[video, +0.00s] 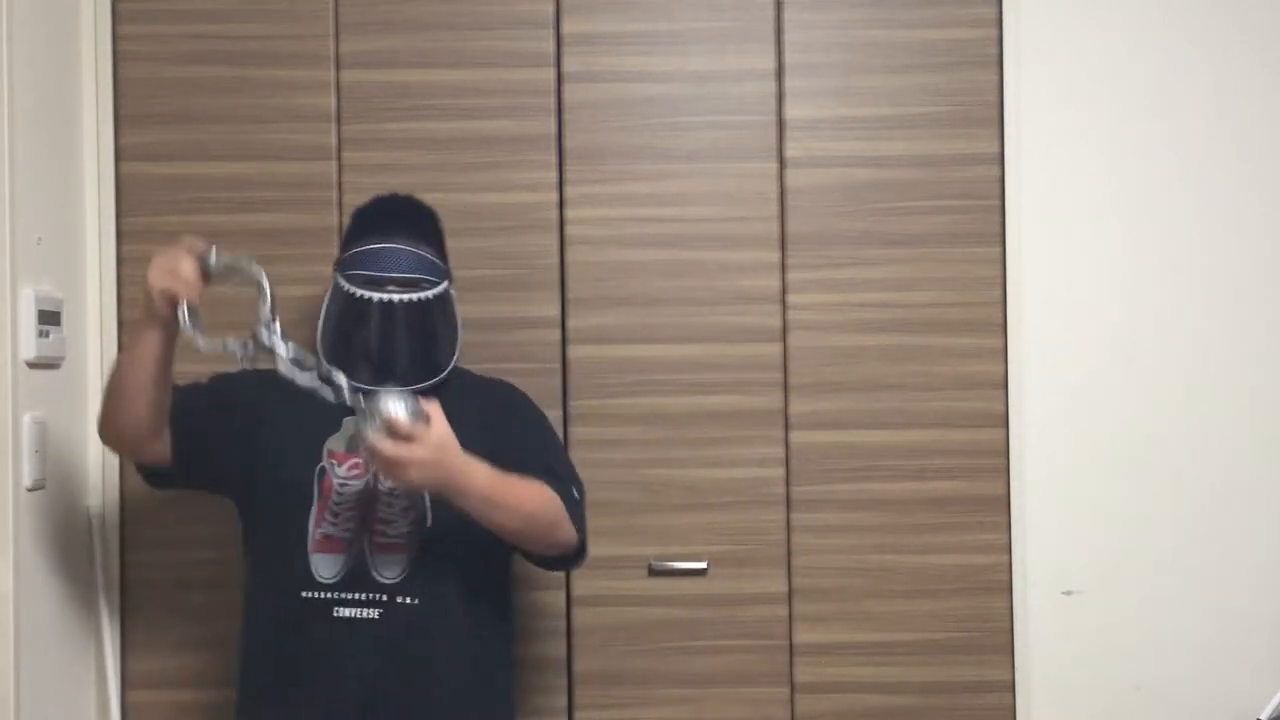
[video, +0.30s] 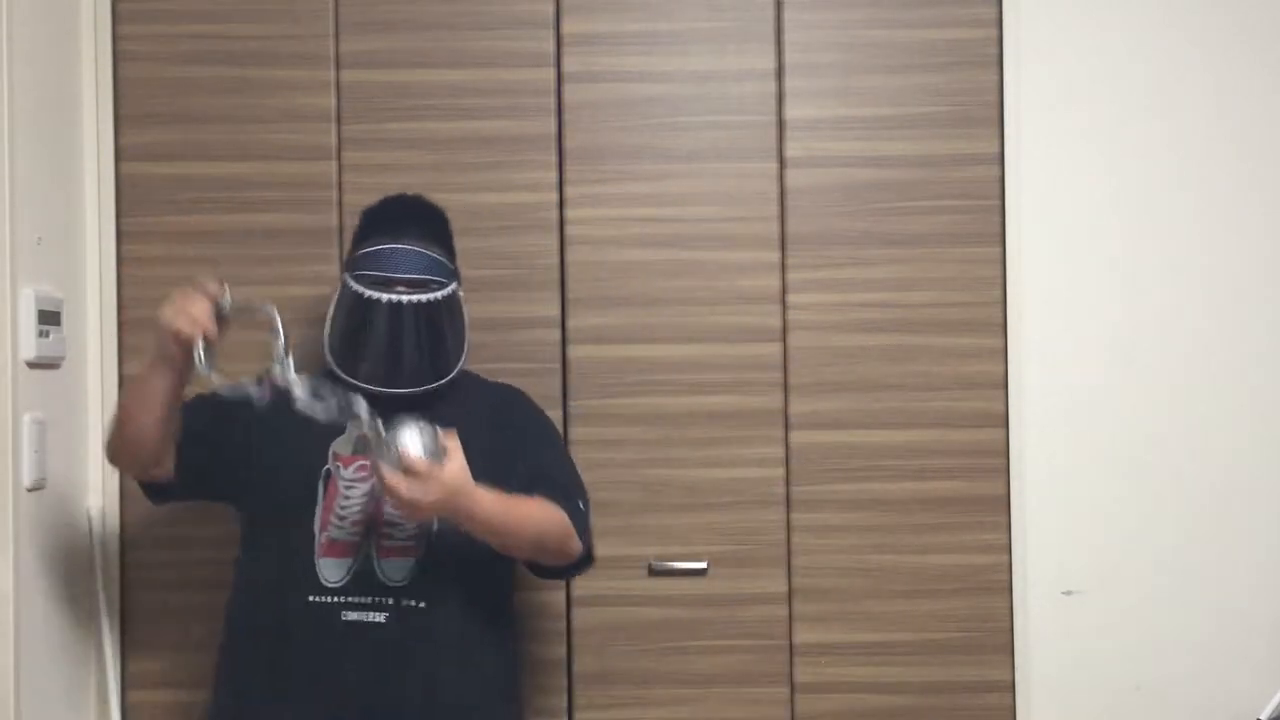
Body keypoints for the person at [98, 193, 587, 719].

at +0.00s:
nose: (387, 317)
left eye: (410, 297)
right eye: (367, 296)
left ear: (441, 299)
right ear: (337, 292)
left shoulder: (497, 413)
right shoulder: (268, 406)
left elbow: (564, 536)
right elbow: (134, 434)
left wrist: (452, 472)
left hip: (451, 701)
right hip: (293, 701)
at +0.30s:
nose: (396, 317)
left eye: (418, 299)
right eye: (376, 296)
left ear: (450, 302)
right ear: (346, 293)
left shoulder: (502, 419)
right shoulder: (278, 411)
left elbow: (568, 543)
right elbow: (139, 456)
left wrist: (464, 503)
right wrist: (170, 357)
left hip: (449, 705)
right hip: (284, 702)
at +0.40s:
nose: (420, 326)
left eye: (441, 308)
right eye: (402, 305)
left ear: (474, 309)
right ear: (371, 302)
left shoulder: (528, 429)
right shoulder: (303, 420)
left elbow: (593, 558)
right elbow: (181, 516)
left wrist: (501, 578)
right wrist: (198, 447)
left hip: (476, 704)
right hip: (316, 702)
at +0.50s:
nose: (458, 336)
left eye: (478, 318)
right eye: (440, 315)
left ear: (510, 319)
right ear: (408, 312)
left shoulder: (565, 445)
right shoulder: (339, 434)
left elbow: (608, 581)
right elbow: (259, 517)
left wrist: (553, 656)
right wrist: (254, 547)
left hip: (495, 704)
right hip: (352, 701)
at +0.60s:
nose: (507, 349)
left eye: (526, 329)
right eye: (487, 328)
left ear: (556, 328)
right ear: (453, 323)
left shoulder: (615, 454)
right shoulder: (386, 455)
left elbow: (652, 594)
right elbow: (333, 567)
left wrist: (615, 691)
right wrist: (334, 611)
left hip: (558, 706)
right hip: (409, 703)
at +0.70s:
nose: (557, 347)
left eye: (577, 328)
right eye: (536, 329)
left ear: (607, 325)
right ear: (503, 326)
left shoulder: (672, 447)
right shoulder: (448, 453)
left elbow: (722, 581)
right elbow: (376, 569)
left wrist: (698, 659)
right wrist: (394, 591)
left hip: (628, 702)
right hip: (484, 701)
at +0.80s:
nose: (597, 330)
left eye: (616, 311)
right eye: (577, 312)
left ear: (645, 308)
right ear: (545, 310)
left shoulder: (713, 426)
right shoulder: (491, 437)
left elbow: (793, 539)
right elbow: (406, 576)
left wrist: (750, 606)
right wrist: (455, 511)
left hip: (684, 700)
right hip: (539, 701)